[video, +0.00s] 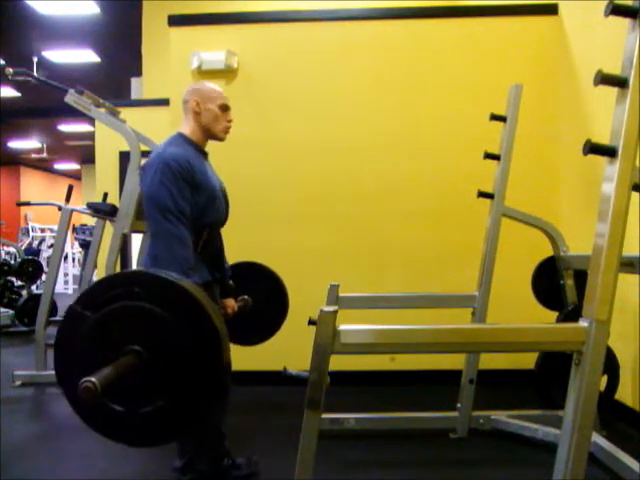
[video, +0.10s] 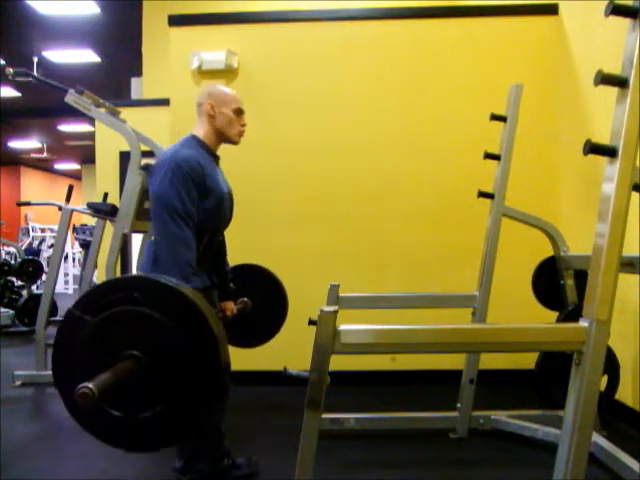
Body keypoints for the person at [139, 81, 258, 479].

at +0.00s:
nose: (230, 119)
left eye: (229, 111)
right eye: (223, 110)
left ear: (199, 110)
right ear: (195, 109)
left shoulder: (197, 160)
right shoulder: (170, 159)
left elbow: (210, 237)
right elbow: (172, 243)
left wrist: (226, 290)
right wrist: (202, 297)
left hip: (198, 290)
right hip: (177, 294)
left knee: (210, 374)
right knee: (203, 375)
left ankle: (207, 456)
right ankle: (202, 460)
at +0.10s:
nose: (244, 121)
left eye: (244, 114)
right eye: (237, 113)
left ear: (213, 114)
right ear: (210, 112)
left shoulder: (208, 164)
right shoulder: (179, 162)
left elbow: (212, 240)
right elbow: (175, 244)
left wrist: (225, 292)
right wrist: (196, 301)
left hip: (198, 292)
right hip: (175, 295)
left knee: (209, 375)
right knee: (201, 376)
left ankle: (206, 456)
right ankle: (201, 459)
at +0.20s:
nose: (259, 131)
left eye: (259, 123)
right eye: (252, 122)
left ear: (230, 124)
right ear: (226, 121)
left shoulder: (220, 172)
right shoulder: (190, 167)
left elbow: (216, 246)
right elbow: (177, 240)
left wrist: (226, 297)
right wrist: (203, 300)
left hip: (196, 294)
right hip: (169, 294)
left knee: (211, 374)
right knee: (199, 376)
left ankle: (208, 456)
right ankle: (199, 460)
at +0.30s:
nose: (272, 142)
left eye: (272, 135)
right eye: (266, 134)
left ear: (244, 135)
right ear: (238, 131)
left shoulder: (227, 182)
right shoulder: (200, 175)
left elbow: (218, 253)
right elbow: (181, 250)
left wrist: (227, 306)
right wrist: (203, 310)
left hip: (189, 292)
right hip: (160, 292)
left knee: (211, 372)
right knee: (196, 376)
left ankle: (209, 455)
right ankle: (199, 459)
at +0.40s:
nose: (282, 156)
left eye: (282, 149)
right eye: (276, 147)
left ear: (250, 145)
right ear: (249, 143)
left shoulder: (233, 191)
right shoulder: (207, 184)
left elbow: (222, 262)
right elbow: (185, 264)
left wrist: (228, 313)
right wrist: (206, 323)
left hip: (183, 289)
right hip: (156, 288)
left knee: (206, 368)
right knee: (175, 373)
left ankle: (207, 456)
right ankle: (192, 460)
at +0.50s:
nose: (289, 168)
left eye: (289, 160)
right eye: (283, 159)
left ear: (257, 157)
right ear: (256, 155)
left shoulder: (238, 202)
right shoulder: (211, 195)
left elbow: (225, 269)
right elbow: (188, 271)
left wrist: (231, 319)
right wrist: (203, 331)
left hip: (178, 289)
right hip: (152, 287)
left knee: (188, 372)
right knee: (164, 375)